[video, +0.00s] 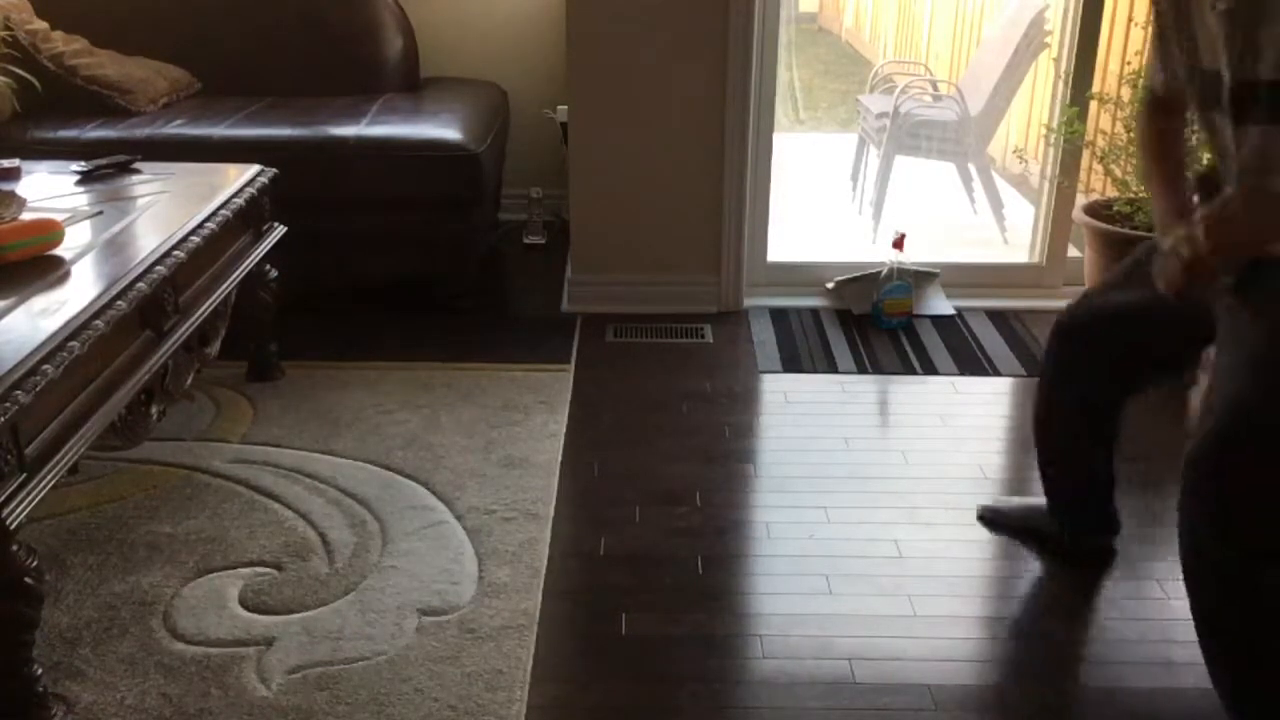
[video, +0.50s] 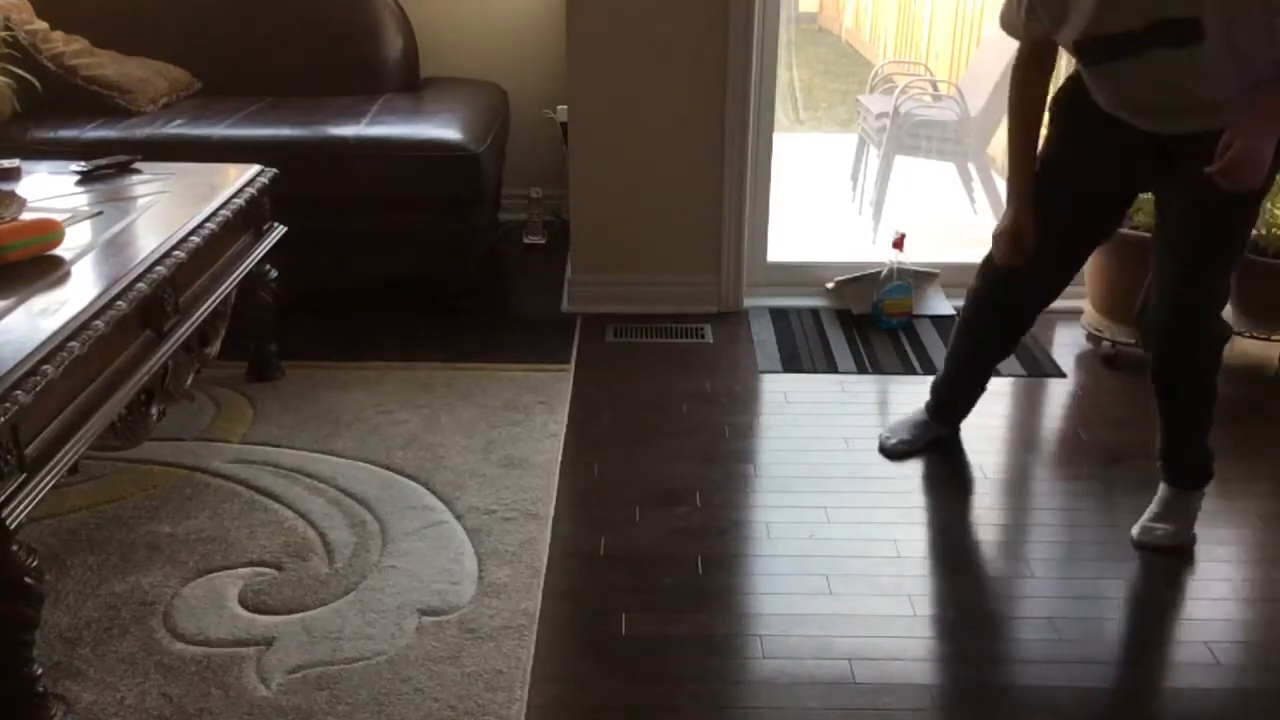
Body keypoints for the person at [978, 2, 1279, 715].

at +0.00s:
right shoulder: (1182, 7)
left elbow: (1266, 191)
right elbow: (1163, 103)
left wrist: (1207, 238)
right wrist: (1172, 223)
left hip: (1275, 256)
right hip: (1219, 231)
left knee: (1224, 486)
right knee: (1085, 335)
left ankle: (1257, 699)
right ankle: (1079, 527)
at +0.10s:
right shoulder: (1100, 4)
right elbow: (1040, 84)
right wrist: (1079, 209)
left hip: (1262, 212)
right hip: (1167, 190)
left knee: (1231, 448)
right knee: (1042, 315)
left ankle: (1255, 685)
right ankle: (1026, 476)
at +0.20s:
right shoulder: (1052, 7)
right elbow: (1001, 114)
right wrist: (1024, 255)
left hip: (1248, 161)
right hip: (1133, 146)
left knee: (1199, 381)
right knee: (1016, 304)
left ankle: (1215, 627)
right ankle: (999, 454)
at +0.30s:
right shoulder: (1034, 6)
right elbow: (1006, 109)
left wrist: (1277, 134)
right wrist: (1014, 258)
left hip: (1234, 139)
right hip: (1112, 120)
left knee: (1171, 340)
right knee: (1014, 281)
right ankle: (978, 437)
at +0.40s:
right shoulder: (1037, 5)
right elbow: (1013, 90)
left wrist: (1265, 116)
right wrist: (1016, 228)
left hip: (1229, 124)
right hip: (1108, 102)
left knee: (1178, 326)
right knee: (1020, 270)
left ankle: (1157, 494)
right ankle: (960, 426)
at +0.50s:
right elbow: (1034, 55)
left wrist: (1268, 113)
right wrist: (1019, 197)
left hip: (1224, 123)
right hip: (1106, 101)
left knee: (1181, 319)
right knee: (1014, 266)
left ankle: (1181, 485)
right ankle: (940, 413)